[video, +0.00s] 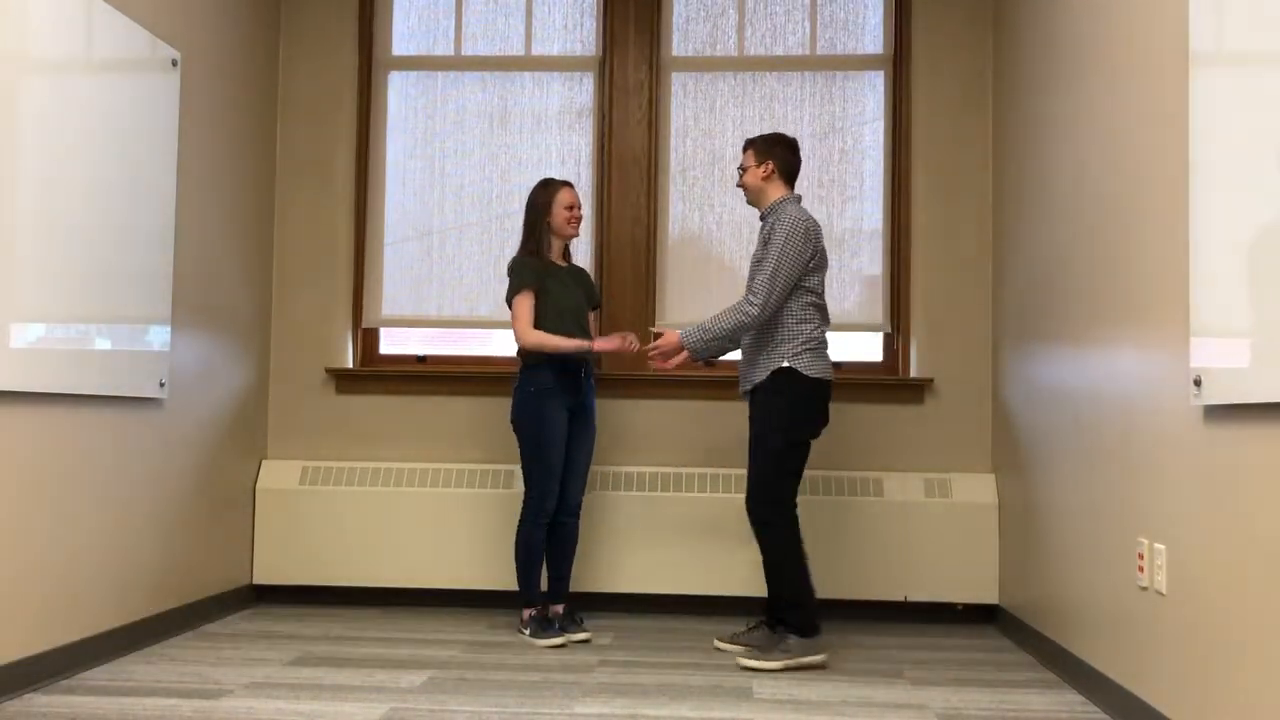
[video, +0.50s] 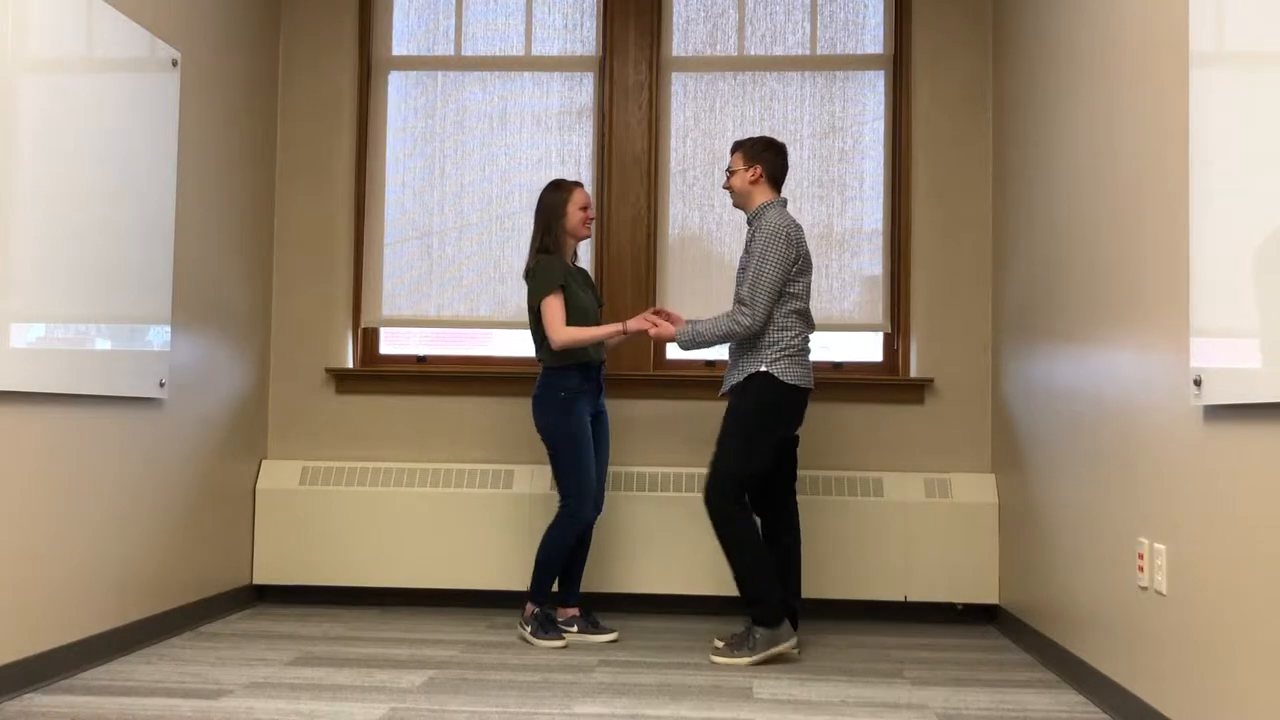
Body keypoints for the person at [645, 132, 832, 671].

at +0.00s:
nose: (739, 177)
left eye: (744, 167)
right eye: (740, 168)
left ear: (768, 169)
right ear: (773, 170)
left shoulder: (792, 224)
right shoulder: (779, 225)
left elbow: (757, 307)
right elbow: (758, 314)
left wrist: (687, 337)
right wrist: (699, 351)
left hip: (792, 382)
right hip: (776, 381)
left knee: (770, 504)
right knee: (766, 503)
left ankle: (799, 632)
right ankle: (779, 623)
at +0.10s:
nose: (735, 178)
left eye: (741, 169)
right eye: (736, 170)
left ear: (765, 170)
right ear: (770, 171)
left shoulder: (787, 224)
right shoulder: (777, 225)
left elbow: (750, 305)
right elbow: (756, 318)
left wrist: (681, 333)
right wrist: (694, 350)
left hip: (786, 383)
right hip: (776, 382)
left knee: (768, 506)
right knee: (767, 505)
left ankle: (778, 632)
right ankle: (774, 627)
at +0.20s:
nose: (733, 178)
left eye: (739, 168)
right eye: (734, 169)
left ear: (763, 170)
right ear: (768, 171)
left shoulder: (783, 223)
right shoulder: (775, 224)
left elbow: (743, 306)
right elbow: (746, 317)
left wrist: (672, 332)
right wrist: (681, 337)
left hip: (779, 382)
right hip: (770, 380)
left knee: (772, 505)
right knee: (768, 504)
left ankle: (779, 632)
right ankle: (774, 626)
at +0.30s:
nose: (733, 180)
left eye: (739, 170)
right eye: (734, 171)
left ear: (764, 171)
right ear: (768, 171)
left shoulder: (779, 224)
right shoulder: (775, 224)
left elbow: (738, 306)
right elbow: (741, 314)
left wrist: (670, 329)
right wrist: (674, 330)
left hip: (773, 382)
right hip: (767, 379)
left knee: (771, 503)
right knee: (769, 502)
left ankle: (779, 631)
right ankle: (775, 626)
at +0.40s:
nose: (730, 179)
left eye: (736, 169)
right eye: (731, 170)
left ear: (762, 172)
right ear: (766, 173)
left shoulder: (776, 225)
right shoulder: (773, 224)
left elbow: (741, 311)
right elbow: (741, 311)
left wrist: (672, 329)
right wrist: (677, 328)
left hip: (770, 383)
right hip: (766, 381)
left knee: (760, 506)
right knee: (763, 504)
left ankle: (778, 631)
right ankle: (773, 626)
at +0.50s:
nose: (726, 180)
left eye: (731, 170)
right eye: (728, 171)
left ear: (755, 173)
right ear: (762, 175)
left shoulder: (771, 228)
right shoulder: (777, 227)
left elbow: (749, 319)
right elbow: (750, 319)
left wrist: (681, 333)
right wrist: (687, 324)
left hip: (768, 383)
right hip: (781, 382)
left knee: (723, 496)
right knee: (775, 502)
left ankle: (769, 624)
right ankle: (782, 625)